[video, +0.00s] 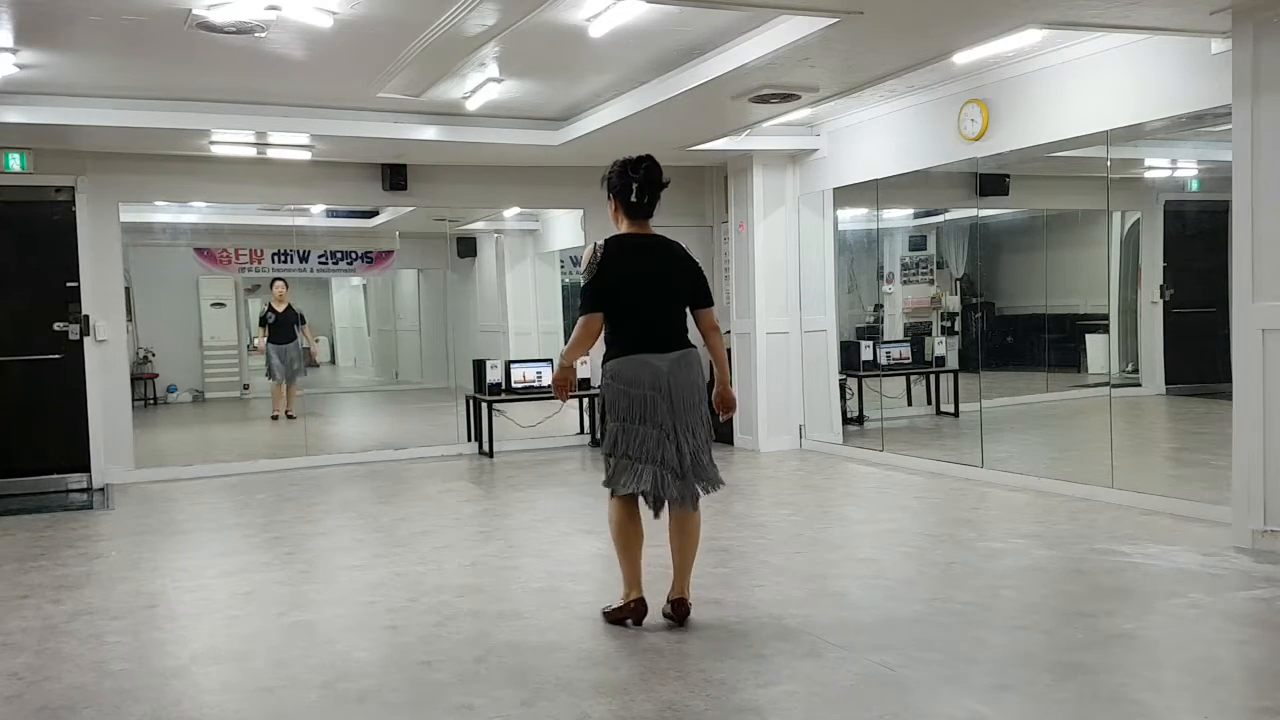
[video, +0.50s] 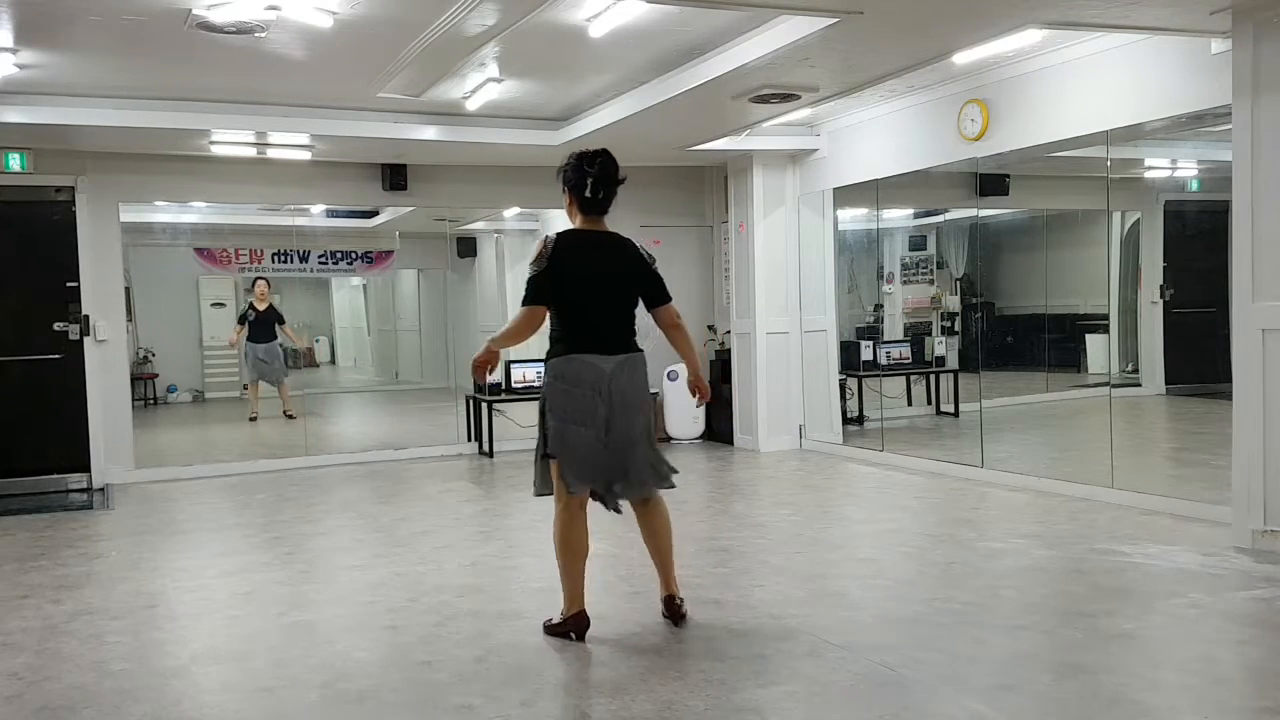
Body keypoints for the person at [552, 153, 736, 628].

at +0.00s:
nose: (608, 208)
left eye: (608, 202)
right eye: (612, 201)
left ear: (613, 204)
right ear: (656, 203)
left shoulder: (605, 255)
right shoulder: (678, 254)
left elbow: (591, 323)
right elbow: (709, 324)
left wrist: (566, 363)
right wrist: (724, 378)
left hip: (626, 373)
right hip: (683, 370)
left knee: (623, 483)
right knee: (684, 481)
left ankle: (633, 596)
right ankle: (680, 594)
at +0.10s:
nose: (605, 206)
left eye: (605, 200)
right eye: (609, 200)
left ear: (610, 203)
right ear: (654, 202)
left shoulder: (602, 255)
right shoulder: (675, 254)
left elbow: (586, 324)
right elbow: (708, 325)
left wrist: (559, 357)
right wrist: (724, 380)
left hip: (622, 375)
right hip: (680, 372)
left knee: (608, 488)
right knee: (683, 484)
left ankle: (609, 602)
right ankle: (680, 595)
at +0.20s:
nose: (599, 205)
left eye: (599, 199)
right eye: (602, 198)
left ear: (604, 201)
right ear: (647, 200)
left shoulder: (593, 255)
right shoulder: (669, 254)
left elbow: (578, 326)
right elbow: (703, 323)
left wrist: (545, 353)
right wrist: (722, 377)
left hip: (613, 378)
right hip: (672, 374)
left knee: (594, 493)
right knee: (677, 487)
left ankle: (584, 607)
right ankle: (680, 597)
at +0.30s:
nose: (586, 203)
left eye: (587, 197)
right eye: (588, 196)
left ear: (594, 200)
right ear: (638, 199)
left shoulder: (584, 255)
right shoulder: (658, 254)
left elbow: (565, 324)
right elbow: (695, 321)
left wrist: (528, 349)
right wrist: (716, 374)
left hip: (601, 378)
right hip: (658, 375)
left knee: (584, 492)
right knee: (669, 486)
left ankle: (575, 611)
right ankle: (679, 597)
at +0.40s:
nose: (575, 202)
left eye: (574, 195)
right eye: (577, 195)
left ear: (580, 198)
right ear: (625, 197)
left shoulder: (569, 251)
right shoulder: (644, 252)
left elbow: (548, 319)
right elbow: (682, 318)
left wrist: (510, 346)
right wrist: (706, 367)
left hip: (585, 377)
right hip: (642, 375)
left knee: (578, 493)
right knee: (657, 485)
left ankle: (575, 611)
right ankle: (677, 593)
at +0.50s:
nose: (563, 200)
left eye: (563, 194)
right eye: (567, 193)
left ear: (568, 197)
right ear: (612, 197)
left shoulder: (553, 251)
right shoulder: (631, 252)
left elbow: (531, 319)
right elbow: (669, 319)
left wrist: (494, 346)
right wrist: (695, 369)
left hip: (570, 378)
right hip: (628, 377)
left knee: (570, 496)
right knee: (644, 485)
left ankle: (574, 612)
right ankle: (671, 594)